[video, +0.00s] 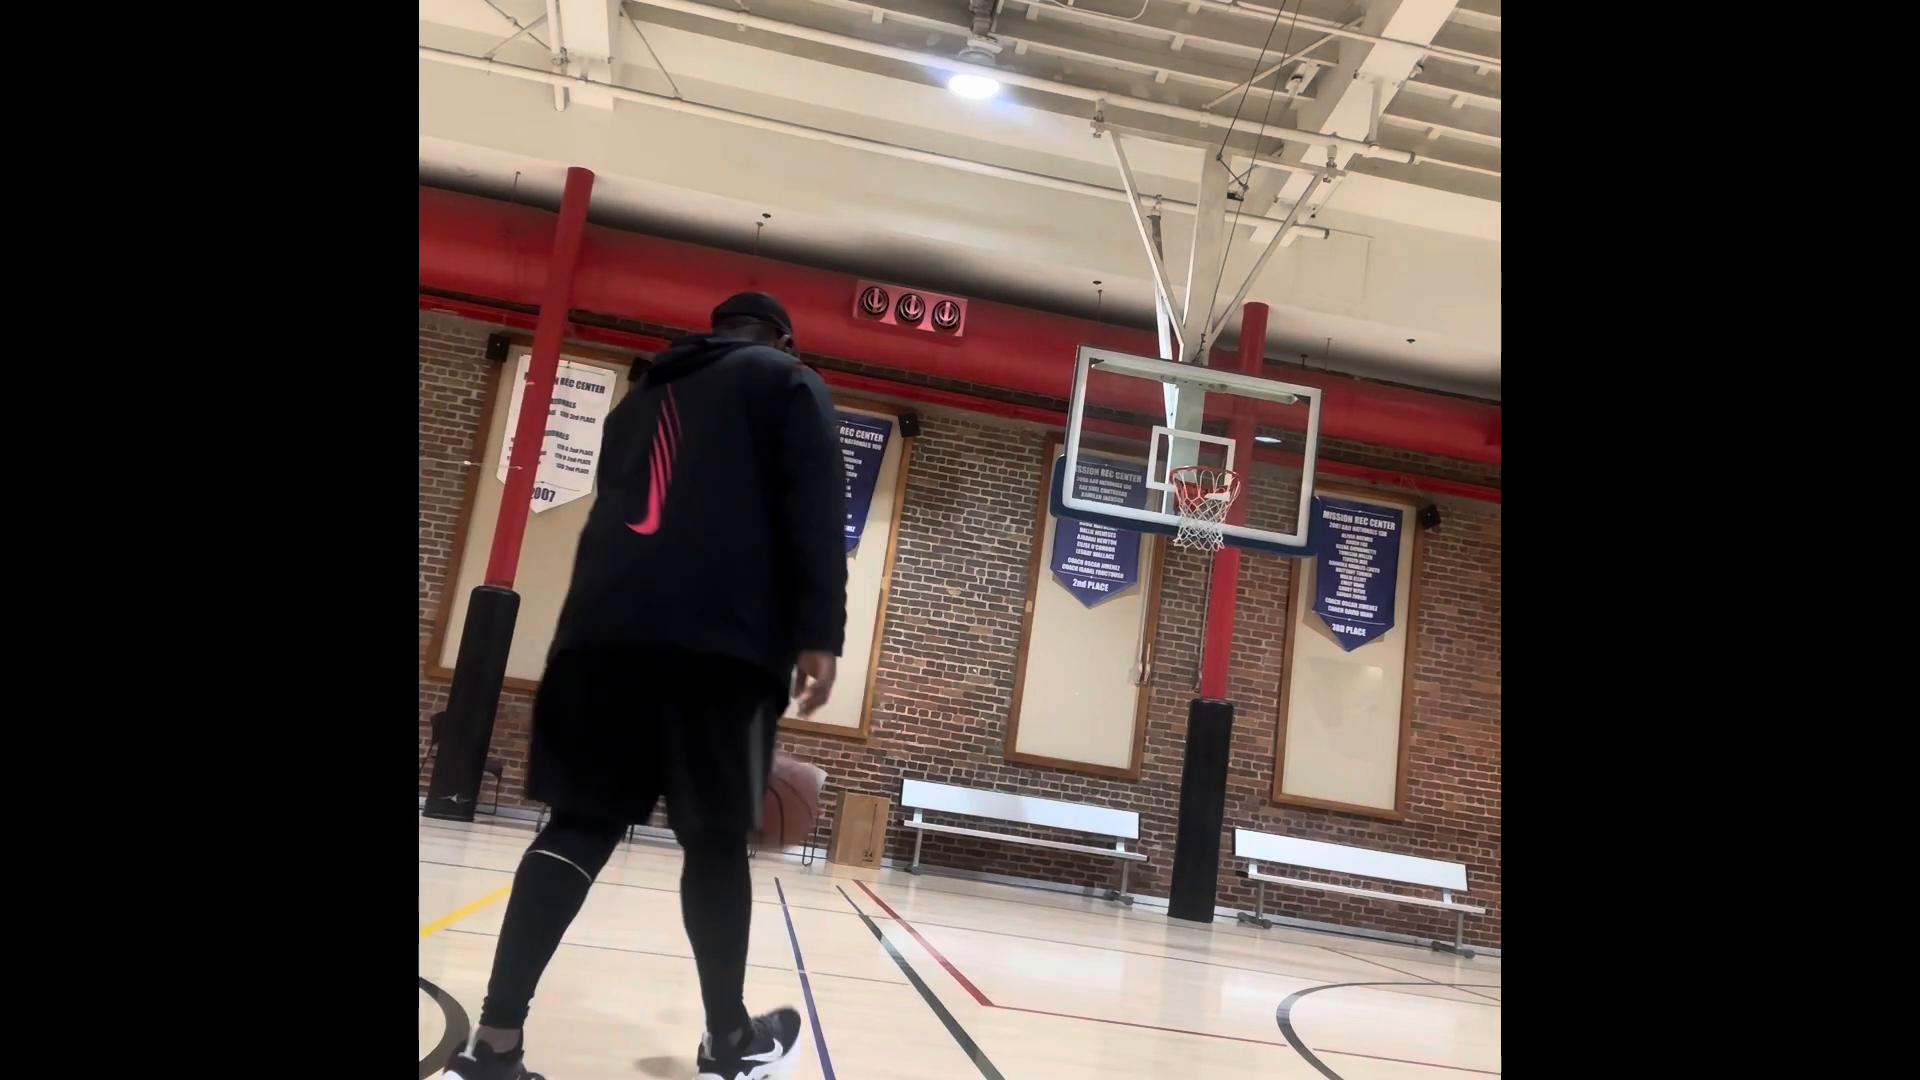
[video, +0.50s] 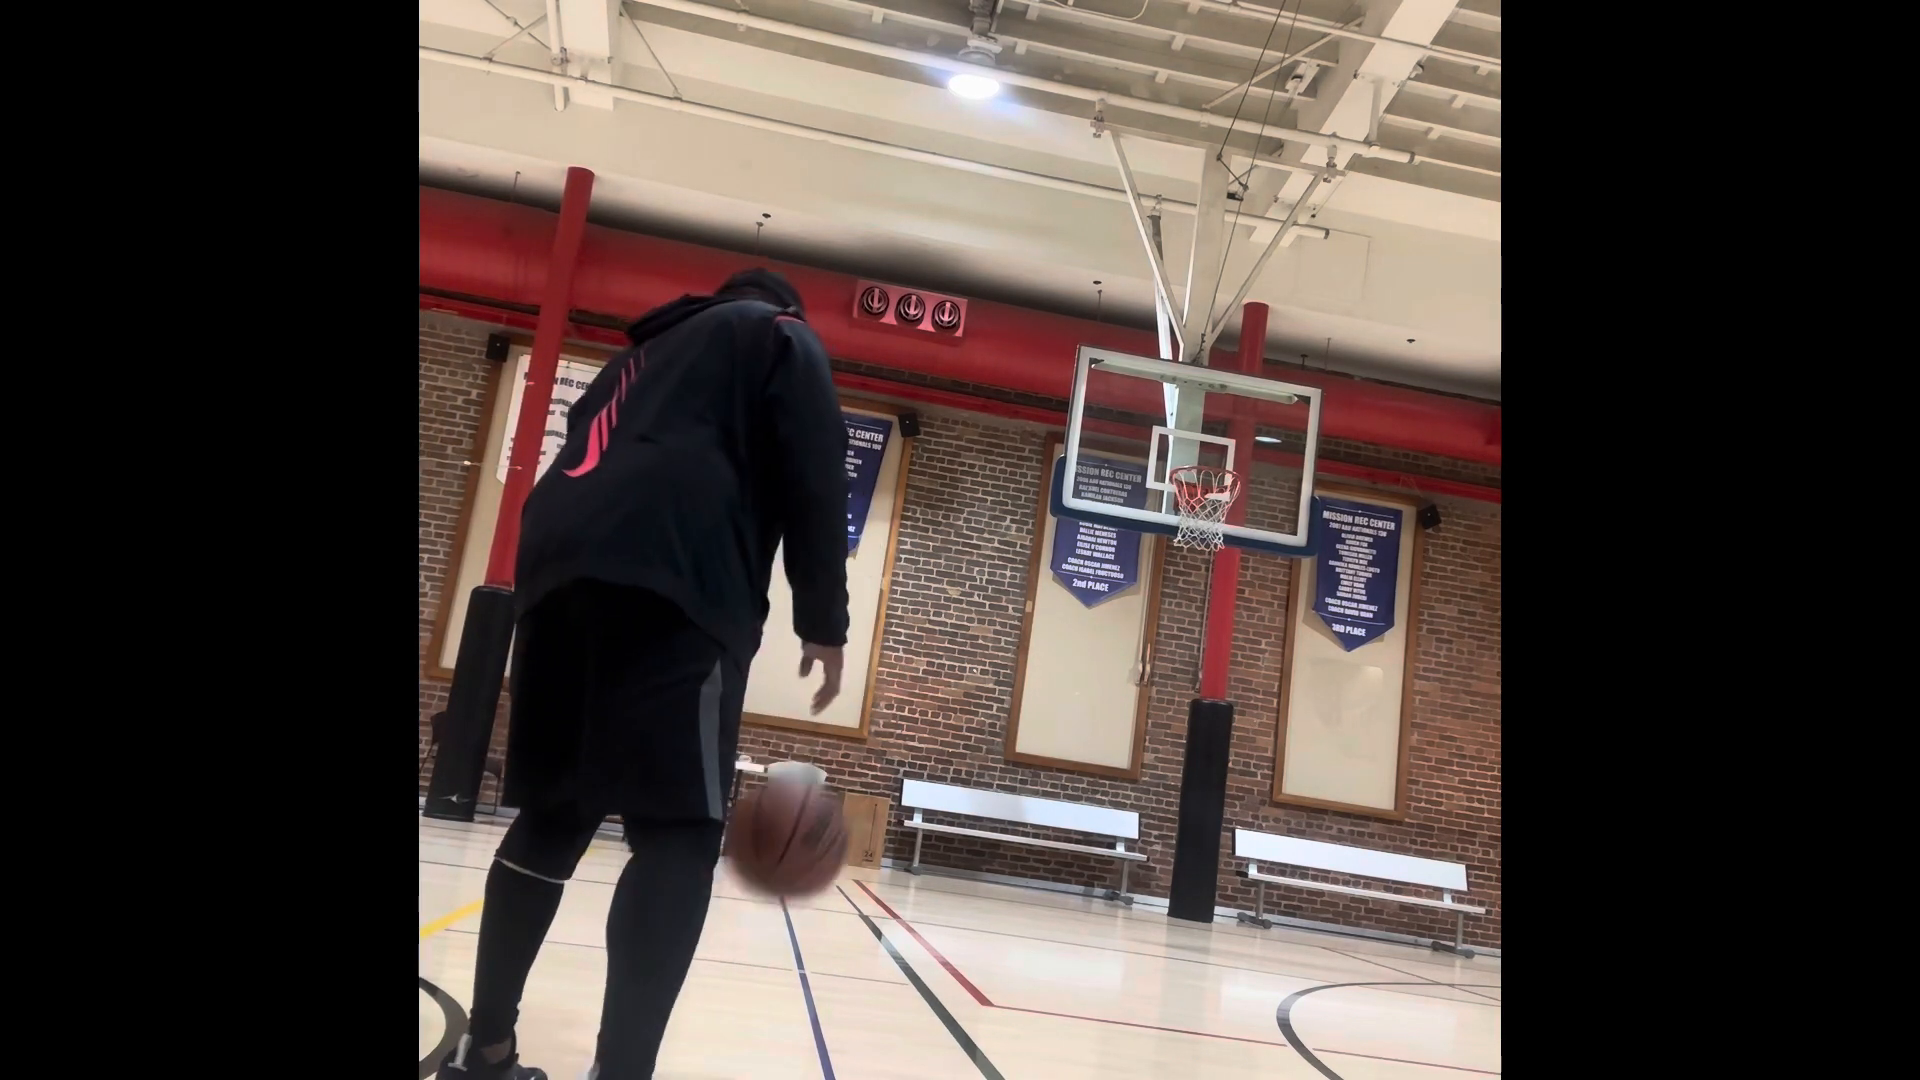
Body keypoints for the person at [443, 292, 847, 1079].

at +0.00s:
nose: (792, 358)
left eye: (785, 345)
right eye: (791, 346)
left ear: (712, 331)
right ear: (779, 339)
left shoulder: (639, 398)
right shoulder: (787, 381)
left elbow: (608, 525)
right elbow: (815, 511)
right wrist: (819, 633)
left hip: (604, 637)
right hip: (723, 647)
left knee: (581, 822)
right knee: (716, 839)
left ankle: (495, 1038)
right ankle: (728, 1034)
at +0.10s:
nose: (775, 345)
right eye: (772, 337)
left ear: (696, 329)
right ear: (762, 334)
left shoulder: (637, 383)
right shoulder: (774, 367)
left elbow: (583, 504)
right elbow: (805, 479)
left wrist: (568, 616)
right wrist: (808, 607)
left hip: (590, 614)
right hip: (703, 624)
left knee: (572, 809)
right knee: (701, 821)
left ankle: (492, 1038)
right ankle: (699, 1035)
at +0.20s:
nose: (774, 348)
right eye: (765, 337)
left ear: (682, 332)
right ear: (748, 330)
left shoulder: (629, 382)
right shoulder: (761, 353)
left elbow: (559, 496)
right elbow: (800, 460)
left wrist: (553, 597)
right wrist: (804, 590)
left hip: (576, 592)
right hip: (693, 598)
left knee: (565, 801)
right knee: (689, 811)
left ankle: (489, 1040)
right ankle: (652, 1049)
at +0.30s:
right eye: (765, 335)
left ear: (679, 326)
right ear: (749, 325)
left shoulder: (627, 375)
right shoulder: (758, 346)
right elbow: (800, 462)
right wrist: (806, 599)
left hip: (564, 580)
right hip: (681, 586)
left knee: (561, 795)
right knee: (685, 812)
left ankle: (487, 1039)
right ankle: (623, 1053)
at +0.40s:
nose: (785, 342)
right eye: (781, 332)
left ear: (692, 314)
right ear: (762, 321)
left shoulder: (629, 367)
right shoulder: (768, 344)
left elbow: (557, 482)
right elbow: (805, 469)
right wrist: (812, 613)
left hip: (556, 580)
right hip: (675, 590)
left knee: (556, 802)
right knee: (690, 819)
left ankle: (486, 1041)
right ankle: (618, 1061)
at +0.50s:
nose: (798, 334)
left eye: (795, 323)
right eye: (797, 323)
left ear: (718, 297)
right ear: (780, 309)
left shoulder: (636, 355)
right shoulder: (783, 335)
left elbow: (567, 470)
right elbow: (815, 475)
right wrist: (825, 621)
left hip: (559, 577)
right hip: (675, 586)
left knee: (555, 809)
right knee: (678, 833)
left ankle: (485, 1043)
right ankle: (622, 1067)